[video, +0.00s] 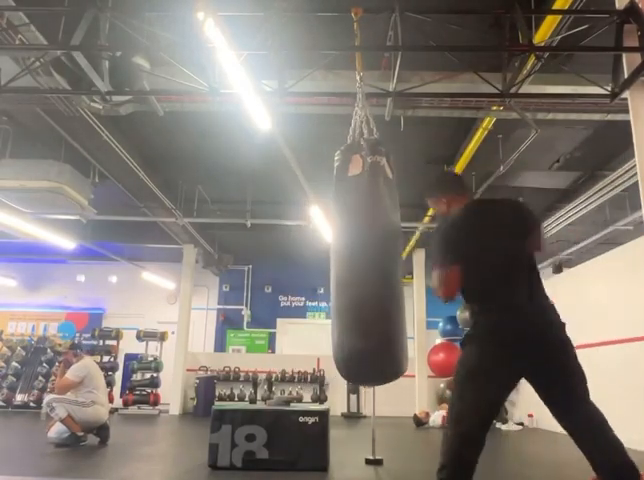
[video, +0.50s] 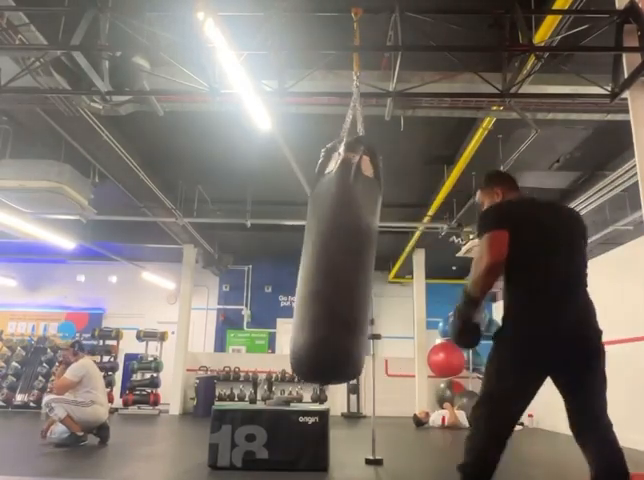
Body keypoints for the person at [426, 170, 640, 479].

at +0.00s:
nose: (435, 212)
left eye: (434, 205)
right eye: (432, 206)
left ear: (445, 199)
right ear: (465, 191)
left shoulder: (452, 229)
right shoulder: (512, 208)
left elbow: (447, 291)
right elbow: (537, 245)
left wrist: (447, 266)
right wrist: (502, 250)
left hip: (493, 335)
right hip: (543, 328)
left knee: (464, 431)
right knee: (579, 413)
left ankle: (452, 474)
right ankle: (626, 474)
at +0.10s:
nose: (423, 225)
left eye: (421, 216)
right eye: (419, 218)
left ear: (436, 207)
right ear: (449, 201)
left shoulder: (459, 233)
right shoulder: (493, 220)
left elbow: (465, 293)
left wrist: (446, 284)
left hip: (495, 342)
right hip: (537, 334)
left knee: (453, 434)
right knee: (586, 427)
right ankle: (632, 472)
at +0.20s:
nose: (425, 224)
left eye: (424, 214)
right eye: (422, 217)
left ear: (438, 204)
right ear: (454, 199)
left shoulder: (459, 222)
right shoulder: (504, 221)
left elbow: (464, 268)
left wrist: (433, 280)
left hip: (490, 339)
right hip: (536, 333)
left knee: (451, 425)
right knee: (569, 421)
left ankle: (447, 473)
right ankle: (621, 474)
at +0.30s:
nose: (440, 223)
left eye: (440, 216)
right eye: (437, 218)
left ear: (452, 205)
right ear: (469, 201)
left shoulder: (460, 219)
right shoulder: (529, 225)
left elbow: (452, 249)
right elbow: (550, 280)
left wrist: (430, 284)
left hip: (491, 339)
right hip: (543, 338)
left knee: (454, 422)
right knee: (559, 419)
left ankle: (445, 473)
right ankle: (603, 475)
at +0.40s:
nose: (461, 223)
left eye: (462, 217)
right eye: (460, 219)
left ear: (472, 208)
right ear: (494, 203)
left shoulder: (475, 221)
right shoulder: (551, 224)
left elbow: (457, 258)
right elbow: (567, 284)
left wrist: (433, 309)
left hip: (502, 343)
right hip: (557, 341)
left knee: (463, 432)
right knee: (570, 425)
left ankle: (454, 474)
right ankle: (603, 475)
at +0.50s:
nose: (484, 209)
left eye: (484, 203)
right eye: (482, 205)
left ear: (497, 192)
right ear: (516, 189)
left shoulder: (498, 212)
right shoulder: (570, 215)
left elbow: (493, 260)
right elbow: (573, 275)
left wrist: (468, 308)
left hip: (527, 334)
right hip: (579, 334)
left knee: (491, 422)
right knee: (594, 427)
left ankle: (475, 472)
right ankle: (616, 476)